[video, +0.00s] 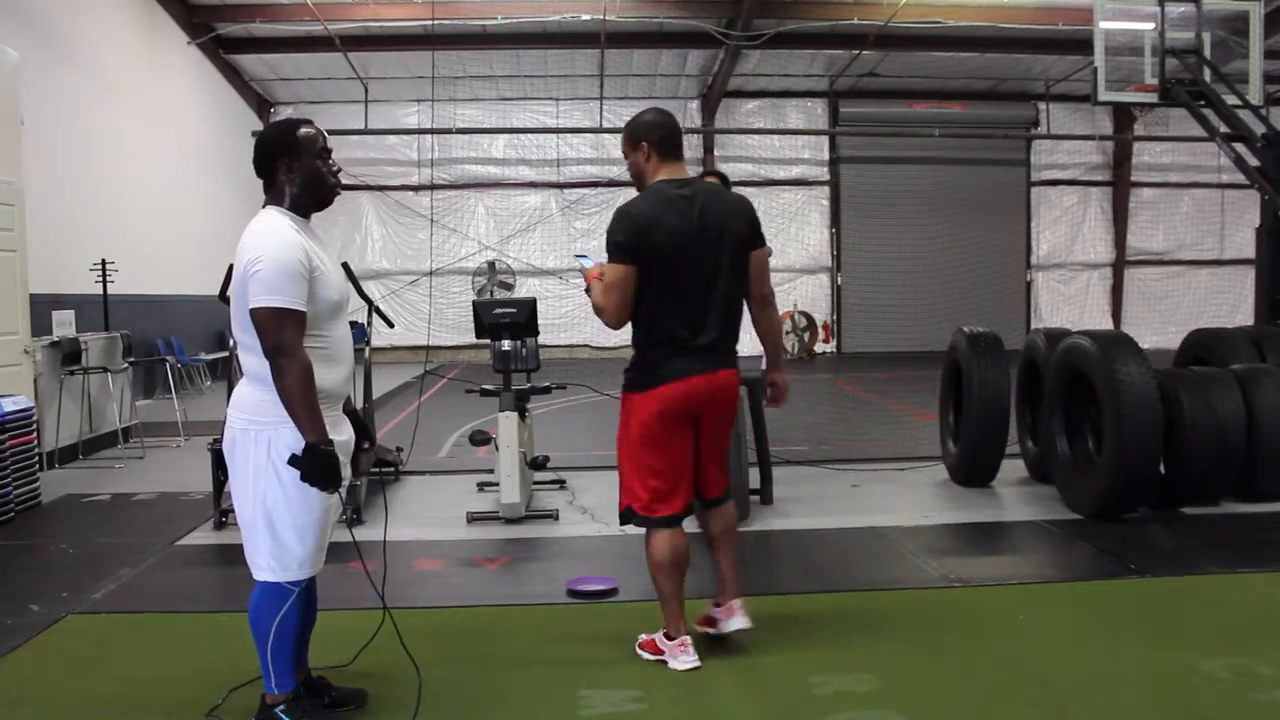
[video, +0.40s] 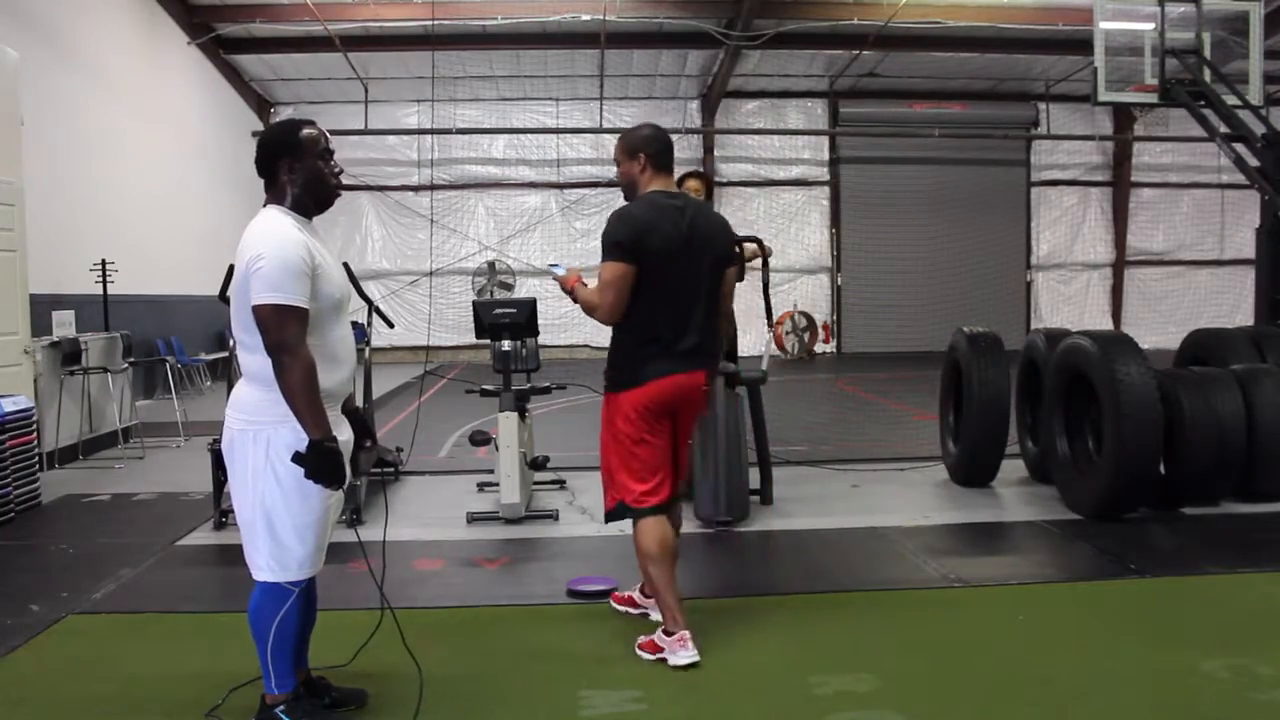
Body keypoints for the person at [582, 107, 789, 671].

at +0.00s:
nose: (627, 167)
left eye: (626, 157)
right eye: (626, 157)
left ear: (642, 152)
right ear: (678, 149)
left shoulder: (634, 216)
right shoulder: (735, 206)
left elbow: (615, 314)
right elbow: (761, 295)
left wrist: (596, 284)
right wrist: (775, 365)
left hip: (658, 389)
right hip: (720, 382)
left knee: (663, 517)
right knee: (715, 495)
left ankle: (676, 638)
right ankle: (730, 603)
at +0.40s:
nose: (619, 174)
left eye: (621, 165)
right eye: (619, 165)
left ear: (639, 164)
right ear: (668, 162)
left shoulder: (629, 221)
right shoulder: (714, 222)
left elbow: (608, 309)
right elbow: (722, 306)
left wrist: (577, 290)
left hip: (640, 382)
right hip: (695, 376)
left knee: (648, 505)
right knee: (667, 495)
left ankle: (677, 634)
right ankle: (654, 592)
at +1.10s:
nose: (613, 166)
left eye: (622, 158)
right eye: (613, 158)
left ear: (653, 164)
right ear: (643, 165)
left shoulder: (661, 214)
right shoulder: (648, 214)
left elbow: (656, 290)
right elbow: (647, 286)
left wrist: (590, 286)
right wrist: (592, 284)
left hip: (657, 376)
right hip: (647, 372)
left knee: (646, 491)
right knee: (645, 488)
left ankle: (677, 602)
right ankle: (653, 591)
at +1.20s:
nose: (616, 163)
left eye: (625, 155)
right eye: (616, 155)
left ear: (656, 160)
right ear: (645, 162)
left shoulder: (665, 213)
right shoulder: (650, 213)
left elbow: (662, 290)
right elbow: (650, 286)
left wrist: (594, 285)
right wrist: (595, 284)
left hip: (659, 376)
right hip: (644, 374)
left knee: (656, 492)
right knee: (649, 490)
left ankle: (679, 603)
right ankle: (653, 591)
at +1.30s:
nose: (619, 161)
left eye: (628, 153)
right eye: (619, 153)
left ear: (659, 159)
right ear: (644, 161)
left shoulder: (671, 213)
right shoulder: (652, 212)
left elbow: (667, 295)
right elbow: (652, 288)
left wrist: (598, 284)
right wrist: (598, 283)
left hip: (663, 378)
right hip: (643, 377)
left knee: (662, 492)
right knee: (646, 490)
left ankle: (679, 604)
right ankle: (653, 590)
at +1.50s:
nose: (623, 172)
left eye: (632, 163)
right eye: (622, 163)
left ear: (664, 164)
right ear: (635, 167)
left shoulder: (688, 222)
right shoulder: (653, 218)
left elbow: (682, 303)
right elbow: (652, 295)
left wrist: (610, 287)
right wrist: (607, 286)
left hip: (672, 382)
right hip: (637, 379)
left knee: (671, 493)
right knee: (621, 476)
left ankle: (681, 605)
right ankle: (651, 582)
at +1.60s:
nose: (627, 173)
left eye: (637, 164)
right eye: (625, 164)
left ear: (668, 163)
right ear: (635, 166)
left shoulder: (696, 222)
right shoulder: (652, 217)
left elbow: (694, 303)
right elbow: (650, 295)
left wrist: (622, 286)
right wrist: (614, 286)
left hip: (675, 381)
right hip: (635, 378)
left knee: (672, 491)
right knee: (624, 478)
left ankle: (681, 603)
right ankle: (653, 582)